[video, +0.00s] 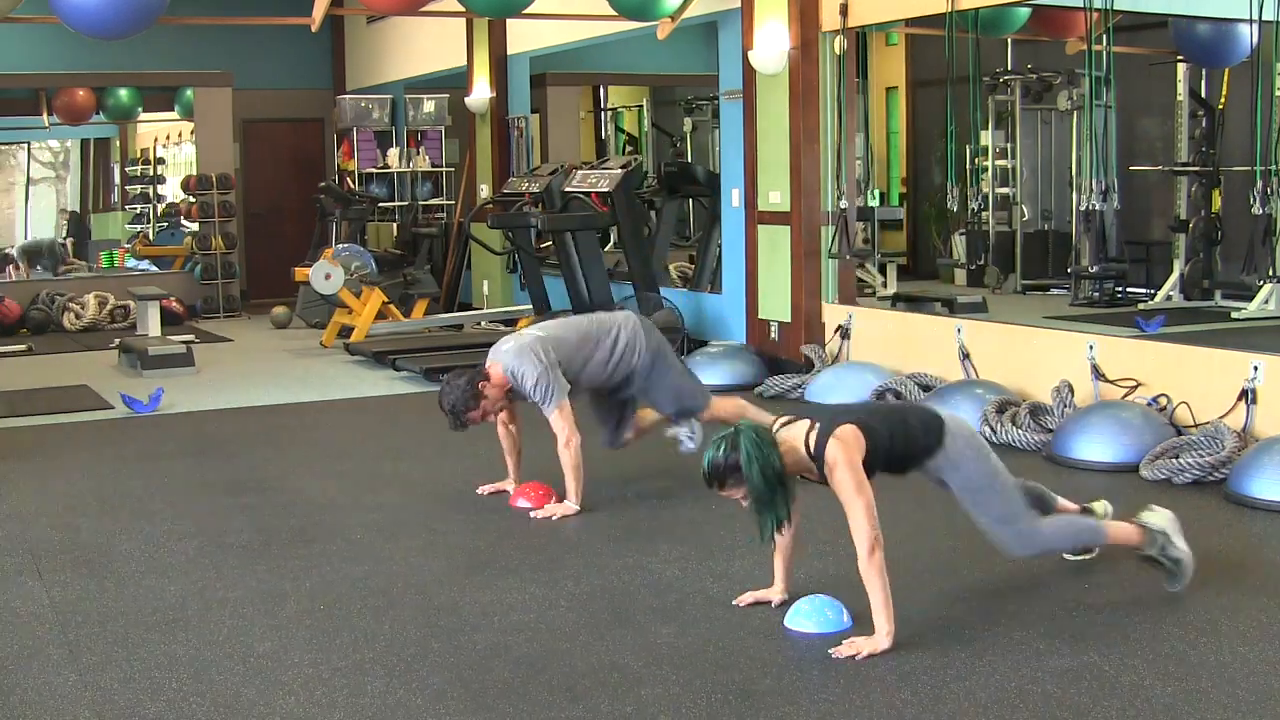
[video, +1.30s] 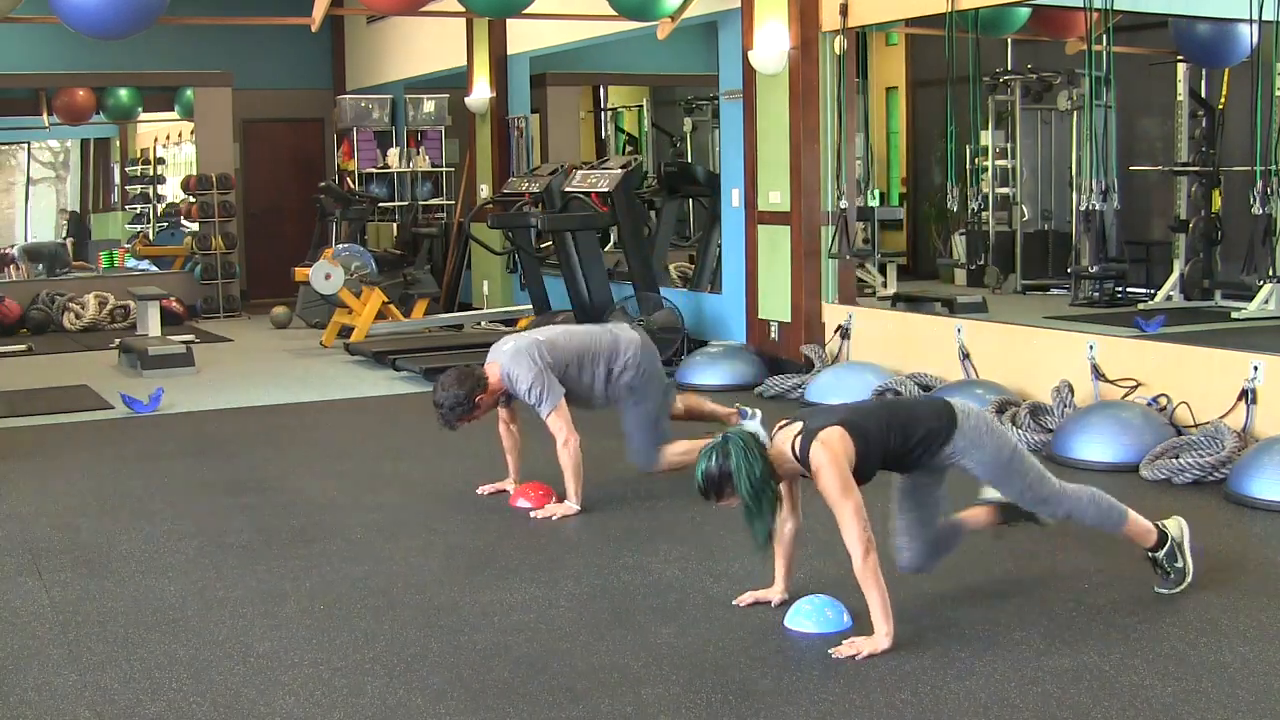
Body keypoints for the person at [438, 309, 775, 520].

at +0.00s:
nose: (491, 418)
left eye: (485, 414)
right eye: (484, 418)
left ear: (485, 388)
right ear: (482, 387)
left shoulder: (529, 365)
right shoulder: (496, 371)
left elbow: (566, 435)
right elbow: (507, 423)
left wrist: (573, 502)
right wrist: (513, 481)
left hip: (632, 341)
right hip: (601, 369)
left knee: (697, 405)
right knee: (619, 433)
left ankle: (783, 426)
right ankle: (677, 413)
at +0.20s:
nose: (490, 421)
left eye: (484, 415)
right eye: (483, 420)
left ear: (482, 392)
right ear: (477, 389)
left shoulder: (530, 368)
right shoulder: (494, 371)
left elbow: (566, 439)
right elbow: (507, 423)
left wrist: (573, 501)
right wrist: (512, 480)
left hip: (631, 355)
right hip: (591, 371)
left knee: (692, 420)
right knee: (572, 437)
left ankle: (764, 428)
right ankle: (627, 418)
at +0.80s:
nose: (489, 426)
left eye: (484, 420)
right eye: (482, 425)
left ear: (488, 396)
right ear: (481, 395)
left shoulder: (531, 372)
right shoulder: (492, 374)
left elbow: (567, 438)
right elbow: (505, 425)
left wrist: (573, 502)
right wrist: (513, 480)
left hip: (630, 339)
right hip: (595, 368)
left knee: (690, 404)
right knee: (608, 437)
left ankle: (771, 421)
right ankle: (667, 407)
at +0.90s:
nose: (486, 425)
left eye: (481, 420)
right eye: (480, 424)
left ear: (486, 396)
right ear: (481, 394)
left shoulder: (530, 373)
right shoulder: (492, 372)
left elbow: (567, 439)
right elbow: (506, 425)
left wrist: (573, 502)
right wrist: (513, 479)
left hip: (633, 341)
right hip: (606, 366)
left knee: (700, 403)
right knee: (632, 426)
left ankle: (781, 424)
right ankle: (695, 404)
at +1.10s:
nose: (487, 419)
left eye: (483, 414)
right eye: (481, 417)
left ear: (491, 393)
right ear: (483, 388)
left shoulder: (539, 369)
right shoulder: (501, 373)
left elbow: (576, 440)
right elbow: (512, 423)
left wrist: (574, 502)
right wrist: (514, 479)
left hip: (643, 386)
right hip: (617, 402)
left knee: (712, 452)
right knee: (669, 451)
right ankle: (727, 429)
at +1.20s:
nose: (485, 421)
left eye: (481, 416)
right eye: (480, 419)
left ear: (488, 397)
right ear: (482, 388)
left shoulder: (535, 371)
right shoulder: (500, 371)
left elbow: (573, 440)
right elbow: (511, 423)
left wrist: (574, 502)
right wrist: (514, 478)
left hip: (640, 374)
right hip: (618, 389)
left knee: (685, 458)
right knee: (661, 443)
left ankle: (756, 450)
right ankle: (735, 424)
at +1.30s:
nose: (477, 421)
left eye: (472, 418)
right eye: (471, 420)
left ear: (481, 399)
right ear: (478, 389)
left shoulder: (525, 371)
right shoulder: (496, 364)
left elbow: (567, 440)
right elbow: (508, 424)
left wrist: (574, 501)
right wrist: (513, 479)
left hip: (632, 358)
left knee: (649, 458)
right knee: (667, 404)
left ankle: (737, 445)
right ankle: (737, 415)